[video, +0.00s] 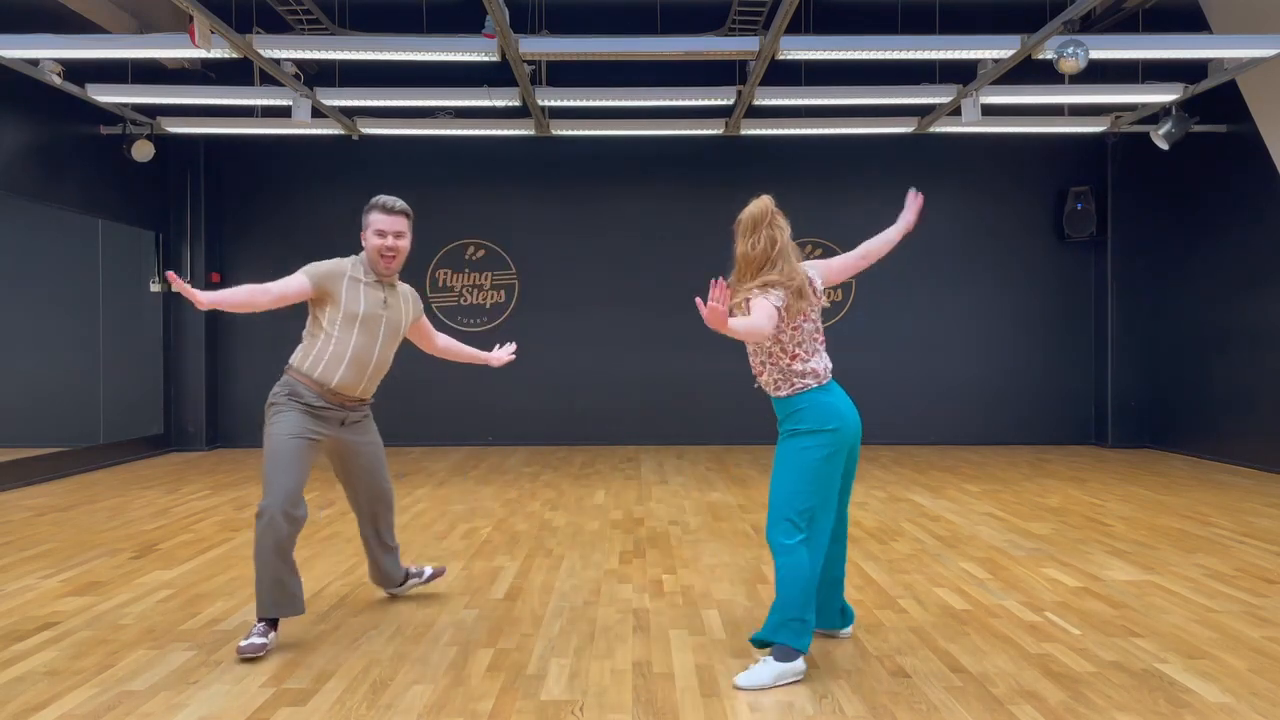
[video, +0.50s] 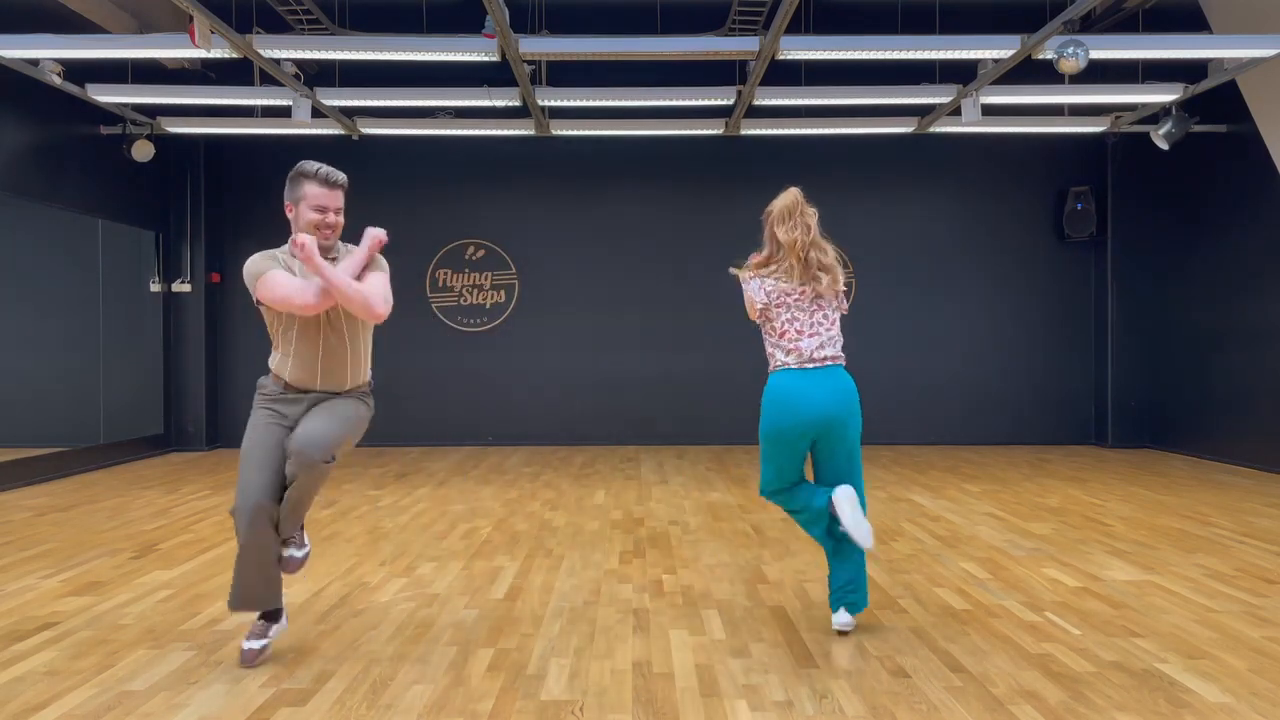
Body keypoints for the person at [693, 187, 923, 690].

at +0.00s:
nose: (738, 248)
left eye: (740, 240)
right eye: (746, 240)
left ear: (745, 244)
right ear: (785, 239)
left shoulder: (764, 289)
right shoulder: (808, 273)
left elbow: (762, 327)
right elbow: (859, 257)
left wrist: (721, 324)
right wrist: (903, 225)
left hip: (809, 422)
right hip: (837, 414)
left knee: (788, 530)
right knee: (828, 522)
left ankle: (788, 652)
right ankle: (830, 613)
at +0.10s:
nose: (748, 247)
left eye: (749, 240)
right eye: (753, 238)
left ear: (755, 243)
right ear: (794, 240)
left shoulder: (765, 294)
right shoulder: (818, 279)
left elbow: (763, 346)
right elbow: (873, 284)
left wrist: (724, 368)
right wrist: (926, 274)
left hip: (814, 419)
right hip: (848, 410)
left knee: (794, 529)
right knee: (838, 523)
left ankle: (817, 648)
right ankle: (837, 616)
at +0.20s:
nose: (760, 246)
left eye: (760, 239)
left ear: (763, 243)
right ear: (804, 240)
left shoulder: (764, 299)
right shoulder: (826, 284)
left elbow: (764, 366)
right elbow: (868, 326)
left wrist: (740, 425)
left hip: (812, 415)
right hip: (853, 405)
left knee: (801, 527)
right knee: (848, 514)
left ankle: (852, 634)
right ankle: (838, 602)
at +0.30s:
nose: (770, 244)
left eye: (769, 237)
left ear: (769, 242)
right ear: (812, 239)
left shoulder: (763, 296)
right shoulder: (838, 287)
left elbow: (764, 373)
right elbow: (848, 354)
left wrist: (764, 421)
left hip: (807, 409)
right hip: (853, 400)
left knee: (808, 525)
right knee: (851, 514)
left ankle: (871, 612)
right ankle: (842, 608)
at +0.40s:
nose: (778, 239)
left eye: (773, 232)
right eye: (803, 230)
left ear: (771, 236)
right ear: (815, 234)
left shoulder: (761, 287)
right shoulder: (837, 280)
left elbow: (757, 357)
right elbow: (846, 323)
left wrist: (747, 361)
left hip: (800, 406)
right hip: (850, 397)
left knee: (795, 513)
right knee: (850, 509)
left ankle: (861, 557)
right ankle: (845, 612)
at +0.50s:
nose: (769, 233)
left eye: (769, 228)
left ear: (772, 231)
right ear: (812, 229)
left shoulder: (757, 278)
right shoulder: (831, 269)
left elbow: (755, 314)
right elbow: (839, 308)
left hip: (786, 392)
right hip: (838, 388)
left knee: (781, 485)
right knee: (844, 497)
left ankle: (832, 502)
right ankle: (845, 604)